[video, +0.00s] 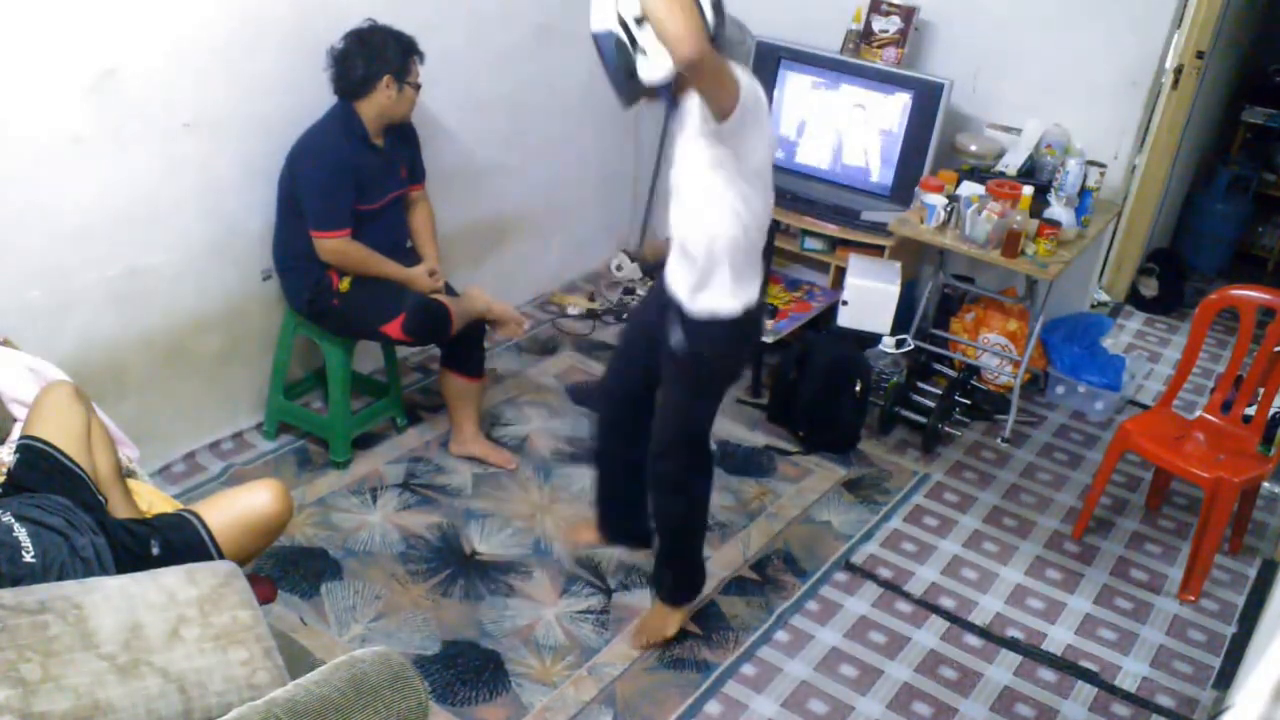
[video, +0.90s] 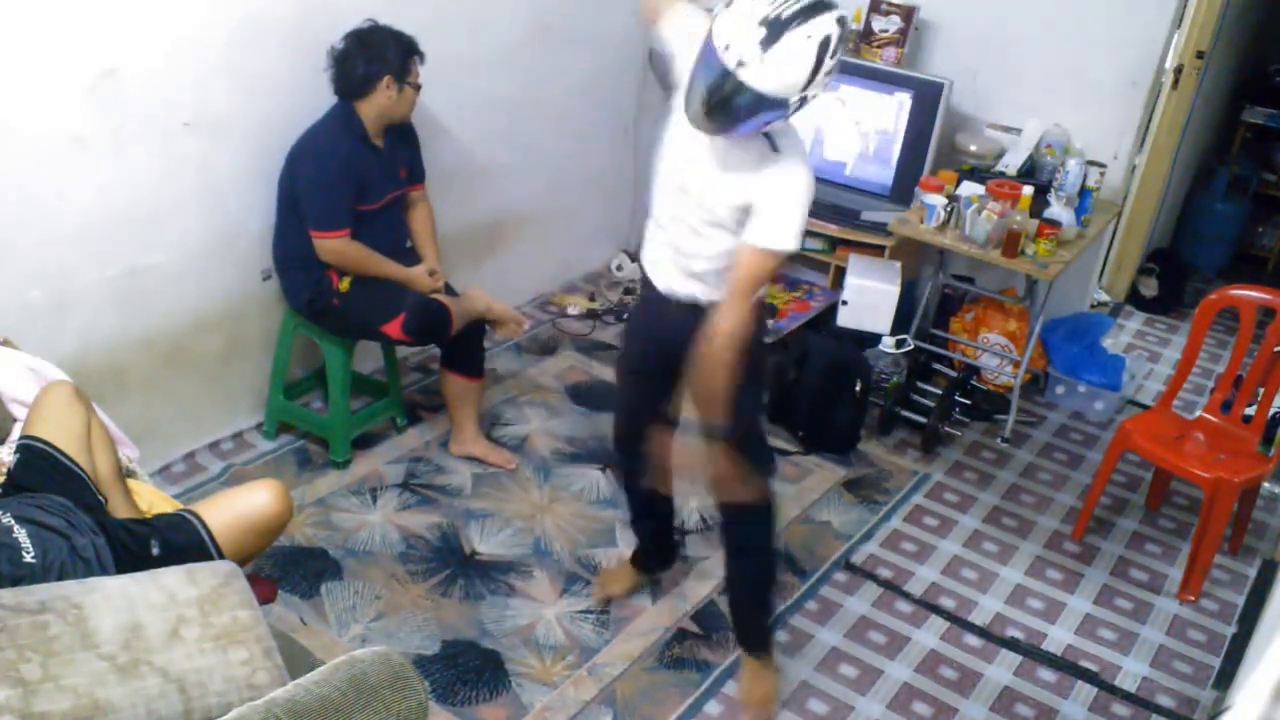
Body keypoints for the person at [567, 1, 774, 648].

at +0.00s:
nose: (664, 67)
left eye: (674, 53)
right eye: (658, 58)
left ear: (704, 53)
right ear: (669, 63)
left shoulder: (741, 107)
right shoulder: (693, 107)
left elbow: (693, 52)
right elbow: (704, 209)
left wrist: (652, 5)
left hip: (718, 318)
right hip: (671, 294)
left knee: (678, 447)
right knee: (620, 401)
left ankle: (679, 592)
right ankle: (623, 526)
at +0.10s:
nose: (665, 45)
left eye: (672, 32)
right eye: (665, 34)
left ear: (701, 24)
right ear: (713, 25)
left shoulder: (749, 76)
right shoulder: (722, 74)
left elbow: (698, 83)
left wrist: (684, 6)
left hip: (724, 300)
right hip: (691, 285)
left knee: (670, 438)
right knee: (644, 401)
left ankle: (698, 588)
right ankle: (650, 522)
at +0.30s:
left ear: (699, 90)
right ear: (759, 85)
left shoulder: (707, 150)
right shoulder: (792, 153)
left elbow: (656, 57)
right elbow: (902, 128)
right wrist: (941, 35)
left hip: (698, 364)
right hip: (745, 355)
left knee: (699, 507)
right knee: (707, 479)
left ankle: (738, 630)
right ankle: (724, 587)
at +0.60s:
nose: (727, 60)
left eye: (732, 48)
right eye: (736, 46)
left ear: (737, 57)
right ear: (798, 61)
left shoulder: (740, 137)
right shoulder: (829, 133)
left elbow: (595, 97)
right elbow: (947, 125)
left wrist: (514, 16)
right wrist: (920, 28)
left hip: (744, 350)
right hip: (712, 327)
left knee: (721, 522)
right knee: (639, 410)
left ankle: (769, 671)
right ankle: (630, 516)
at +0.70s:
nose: (711, 110)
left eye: (722, 100)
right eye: (713, 96)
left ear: (753, 110)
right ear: (797, 98)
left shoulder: (774, 188)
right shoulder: (816, 152)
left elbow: (636, 203)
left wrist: (526, 141)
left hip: (749, 373)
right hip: (704, 352)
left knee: (728, 538)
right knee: (641, 441)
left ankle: (775, 679)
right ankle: (652, 533)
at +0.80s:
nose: (713, 79)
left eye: (736, 74)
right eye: (718, 64)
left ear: (776, 95)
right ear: (718, 63)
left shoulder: (782, 187)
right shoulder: (714, 138)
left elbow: (718, 287)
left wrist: (641, 324)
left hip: (740, 352)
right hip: (679, 333)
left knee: (752, 509)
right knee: (646, 446)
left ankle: (763, 663)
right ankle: (661, 545)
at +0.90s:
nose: (725, 104)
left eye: (745, 99)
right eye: (724, 83)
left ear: (779, 103)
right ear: (719, 58)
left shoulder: (784, 172)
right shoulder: (697, 62)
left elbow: (735, 306)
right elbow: (658, 7)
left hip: (724, 323)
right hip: (657, 303)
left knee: (738, 474)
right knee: (638, 438)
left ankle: (755, 649)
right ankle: (654, 551)